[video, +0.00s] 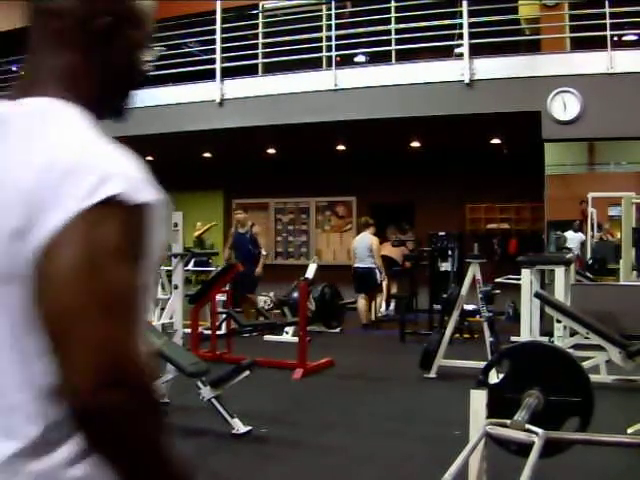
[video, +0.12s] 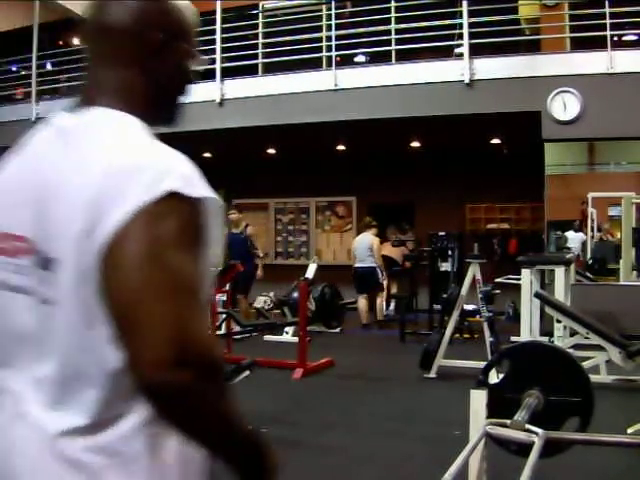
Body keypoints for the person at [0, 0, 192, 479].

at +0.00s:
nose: (143, 67)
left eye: (144, 46)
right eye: (138, 43)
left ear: (48, 28)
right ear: (100, 29)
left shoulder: (9, 127)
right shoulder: (94, 172)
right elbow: (102, 387)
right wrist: (162, 466)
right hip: (50, 461)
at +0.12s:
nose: (193, 69)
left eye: (192, 54)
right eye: (188, 52)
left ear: (94, 50)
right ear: (159, 50)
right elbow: (170, 364)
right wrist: (251, 453)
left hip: (20, 451)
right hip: (114, 463)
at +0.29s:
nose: (255, 106)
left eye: (255, 91)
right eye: (252, 90)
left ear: (173, 83)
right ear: (228, 87)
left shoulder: (112, 178)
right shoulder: (207, 191)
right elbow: (217, 363)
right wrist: (302, 446)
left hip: (106, 438)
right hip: (184, 458)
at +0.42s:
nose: (299, 126)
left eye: (301, 110)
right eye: (297, 108)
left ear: (227, 91)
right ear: (272, 98)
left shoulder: (177, 178)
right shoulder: (234, 191)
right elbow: (230, 349)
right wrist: (316, 440)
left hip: (169, 457)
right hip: (229, 464)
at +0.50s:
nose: (332, 129)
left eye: (333, 112)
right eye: (329, 111)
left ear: (261, 93)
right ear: (303, 102)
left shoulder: (224, 167)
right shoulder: (250, 182)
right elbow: (233, 334)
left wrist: (320, 355)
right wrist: (327, 430)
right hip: (246, 460)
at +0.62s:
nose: (376, 132)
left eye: (377, 118)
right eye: (373, 117)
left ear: (309, 99)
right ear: (351, 114)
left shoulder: (298, 182)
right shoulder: (283, 189)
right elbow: (256, 334)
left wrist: (376, 344)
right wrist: (355, 430)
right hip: (276, 457)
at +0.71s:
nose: (402, 142)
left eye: (405, 127)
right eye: (399, 126)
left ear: (340, 109)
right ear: (373, 120)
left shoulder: (323, 191)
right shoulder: (309, 201)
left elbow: (335, 312)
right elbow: (286, 346)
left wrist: (409, 351)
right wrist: (382, 438)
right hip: (303, 460)